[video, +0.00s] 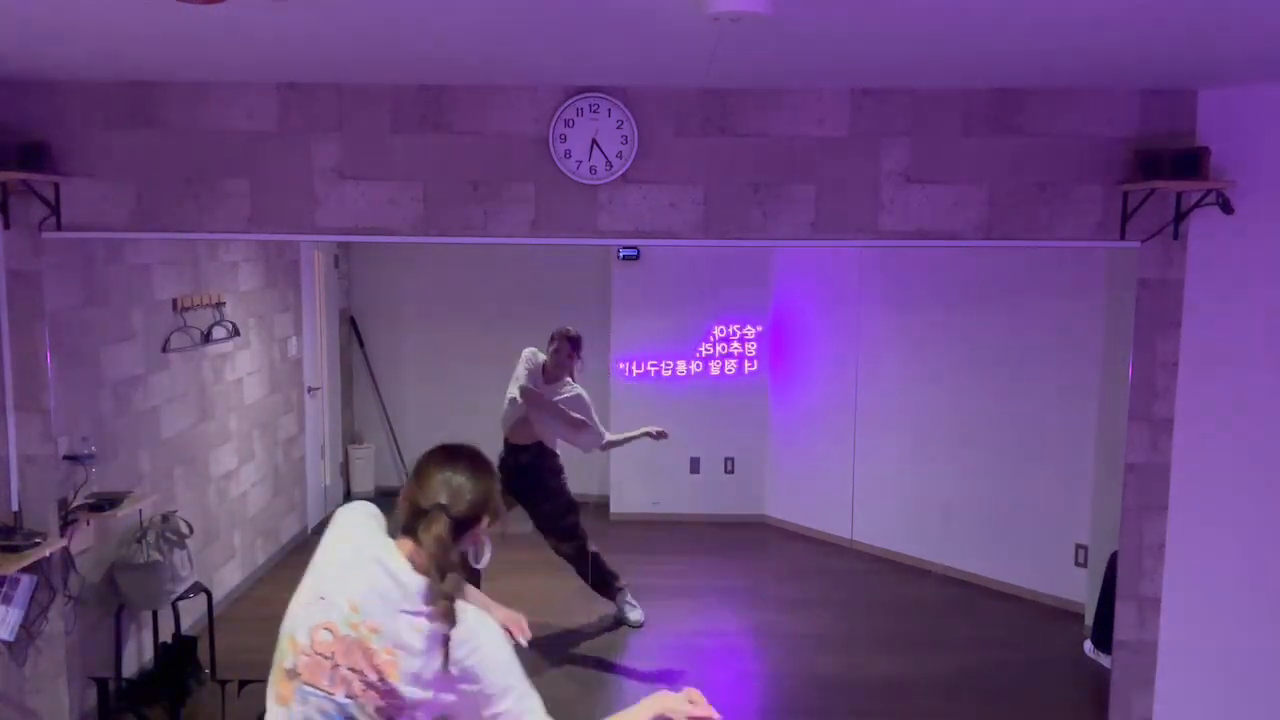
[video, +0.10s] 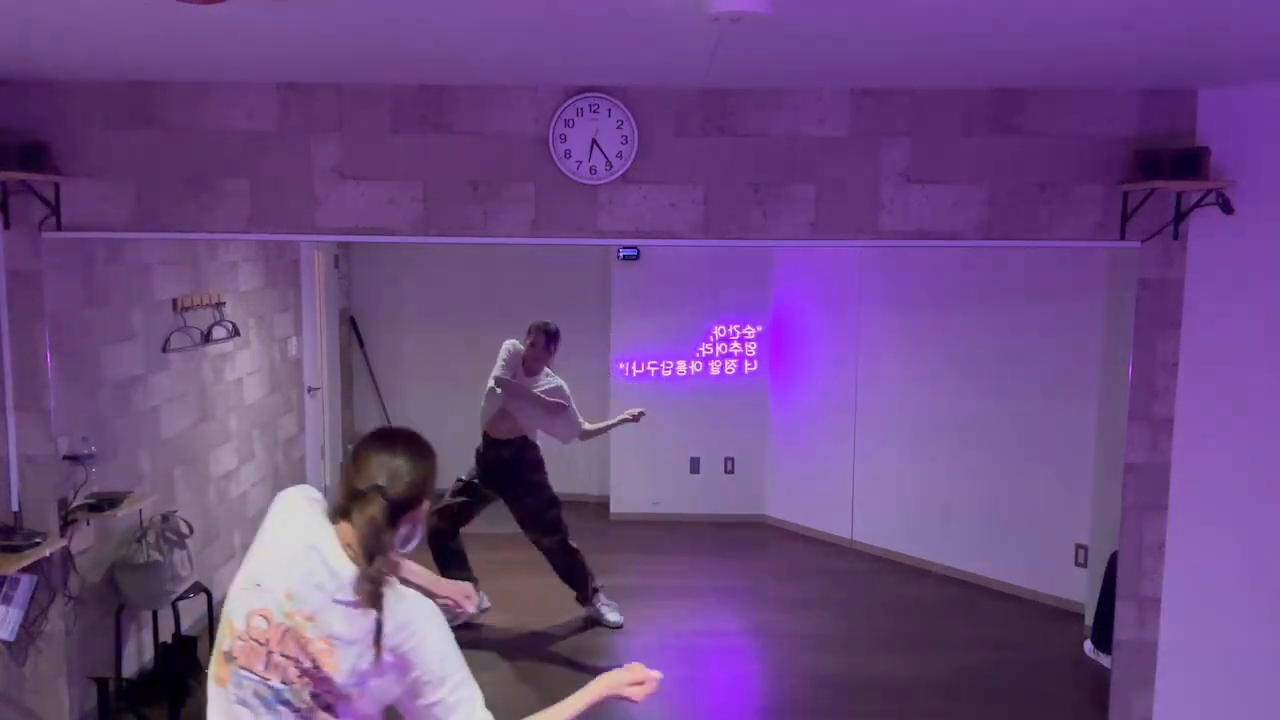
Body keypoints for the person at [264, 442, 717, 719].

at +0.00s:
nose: (495, 536)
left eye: (497, 524)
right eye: (497, 525)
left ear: (406, 500)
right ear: (478, 535)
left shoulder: (349, 523)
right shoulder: (471, 636)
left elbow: (412, 561)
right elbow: (529, 711)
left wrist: (485, 605)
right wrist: (645, 712)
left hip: (290, 705)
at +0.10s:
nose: (429, 513)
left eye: (430, 501)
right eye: (430, 502)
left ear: (345, 482)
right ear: (418, 514)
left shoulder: (288, 509)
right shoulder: (407, 619)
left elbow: (358, 537)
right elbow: (479, 718)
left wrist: (430, 581)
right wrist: (599, 688)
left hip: (229, 709)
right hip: (330, 713)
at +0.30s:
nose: (327, 464)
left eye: (326, 450)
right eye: (330, 453)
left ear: (238, 445)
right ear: (318, 467)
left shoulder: (186, 493)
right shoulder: (327, 559)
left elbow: (232, 465)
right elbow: (400, 698)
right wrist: (508, 701)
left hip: (167, 706)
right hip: (283, 711)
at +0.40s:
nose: (294, 444)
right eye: (294, 433)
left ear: (199, 431)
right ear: (282, 446)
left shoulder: (154, 485)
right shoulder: (307, 523)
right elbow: (372, 672)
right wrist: (425, 716)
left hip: (153, 711)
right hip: (269, 712)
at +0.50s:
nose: (272, 429)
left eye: (270, 415)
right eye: (271, 417)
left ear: (170, 423)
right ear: (260, 432)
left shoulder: (120, 502)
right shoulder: (304, 526)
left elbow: (123, 653)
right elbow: (348, 675)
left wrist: (154, 704)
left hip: (147, 710)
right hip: (264, 711)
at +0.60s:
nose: (254, 438)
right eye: (254, 424)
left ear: (150, 432)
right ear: (242, 437)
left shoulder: (104, 531)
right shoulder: (294, 545)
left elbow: (118, 675)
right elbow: (327, 699)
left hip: (140, 710)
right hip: (257, 712)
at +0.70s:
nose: (254, 438)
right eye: (254, 424)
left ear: (153, 428)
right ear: (240, 436)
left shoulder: (99, 530)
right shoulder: (289, 535)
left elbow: (108, 669)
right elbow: (325, 685)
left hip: (135, 713)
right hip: (255, 713)